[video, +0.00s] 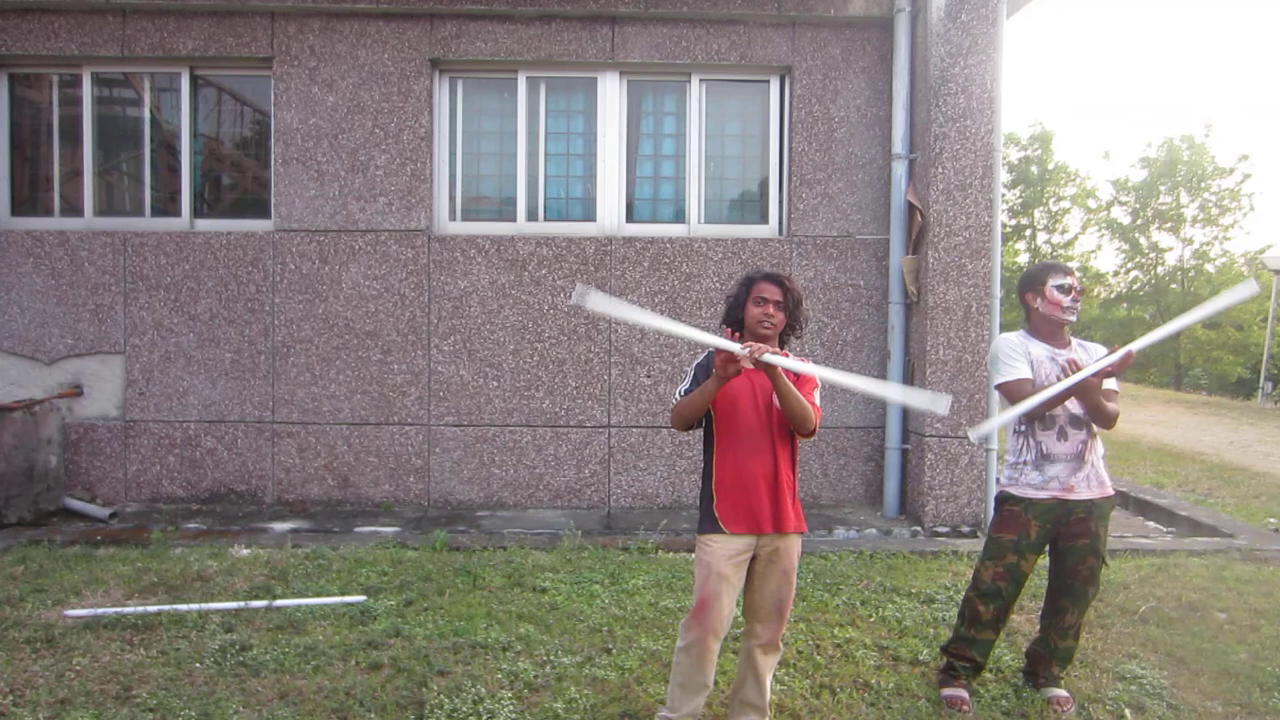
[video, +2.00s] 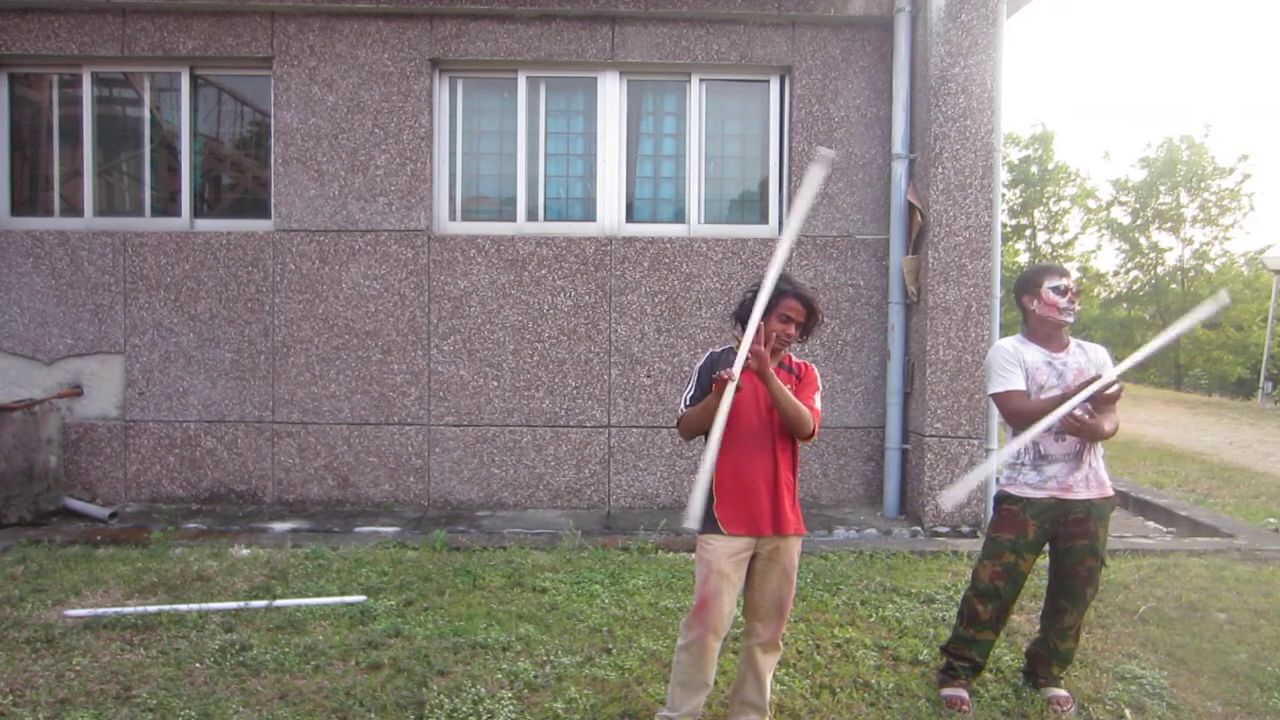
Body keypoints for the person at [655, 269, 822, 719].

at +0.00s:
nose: (769, 312)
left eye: (778, 306)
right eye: (760, 302)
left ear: (787, 318)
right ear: (739, 309)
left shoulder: (799, 369)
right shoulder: (715, 361)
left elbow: (807, 426)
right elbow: (681, 419)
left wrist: (775, 372)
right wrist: (719, 377)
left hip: (782, 519)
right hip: (724, 518)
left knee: (767, 635)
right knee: (707, 624)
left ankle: (750, 714)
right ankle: (678, 714)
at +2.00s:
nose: (789, 330)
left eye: (797, 324)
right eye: (782, 318)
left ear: (802, 330)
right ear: (756, 316)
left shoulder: (803, 372)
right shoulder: (719, 362)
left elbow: (806, 429)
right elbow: (686, 428)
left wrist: (768, 373)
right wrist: (719, 395)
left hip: (782, 520)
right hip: (725, 519)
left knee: (767, 634)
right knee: (707, 623)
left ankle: (750, 714)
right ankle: (678, 714)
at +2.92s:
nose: (792, 333)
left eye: (800, 326)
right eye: (785, 321)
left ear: (804, 330)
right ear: (757, 316)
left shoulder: (804, 374)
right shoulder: (717, 362)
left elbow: (796, 432)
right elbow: (693, 430)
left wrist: (759, 384)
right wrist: (722, 389)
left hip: (782, 520)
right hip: (724, 519)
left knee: (766, 634)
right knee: (707, 624)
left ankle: (750, 714)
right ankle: (678, 714)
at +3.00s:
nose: (793, 332)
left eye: (800, 327)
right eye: (787, 320)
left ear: (803, 332)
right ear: (759, 315)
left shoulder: (804, 373)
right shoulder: (717, 363)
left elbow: (800, 430)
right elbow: (693, 430)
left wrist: (767, 376)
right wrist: (721, 390)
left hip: (782, 520)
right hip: (724, 519)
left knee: (767, 635)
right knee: (707, 624)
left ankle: (750, 715)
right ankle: (678, 714)